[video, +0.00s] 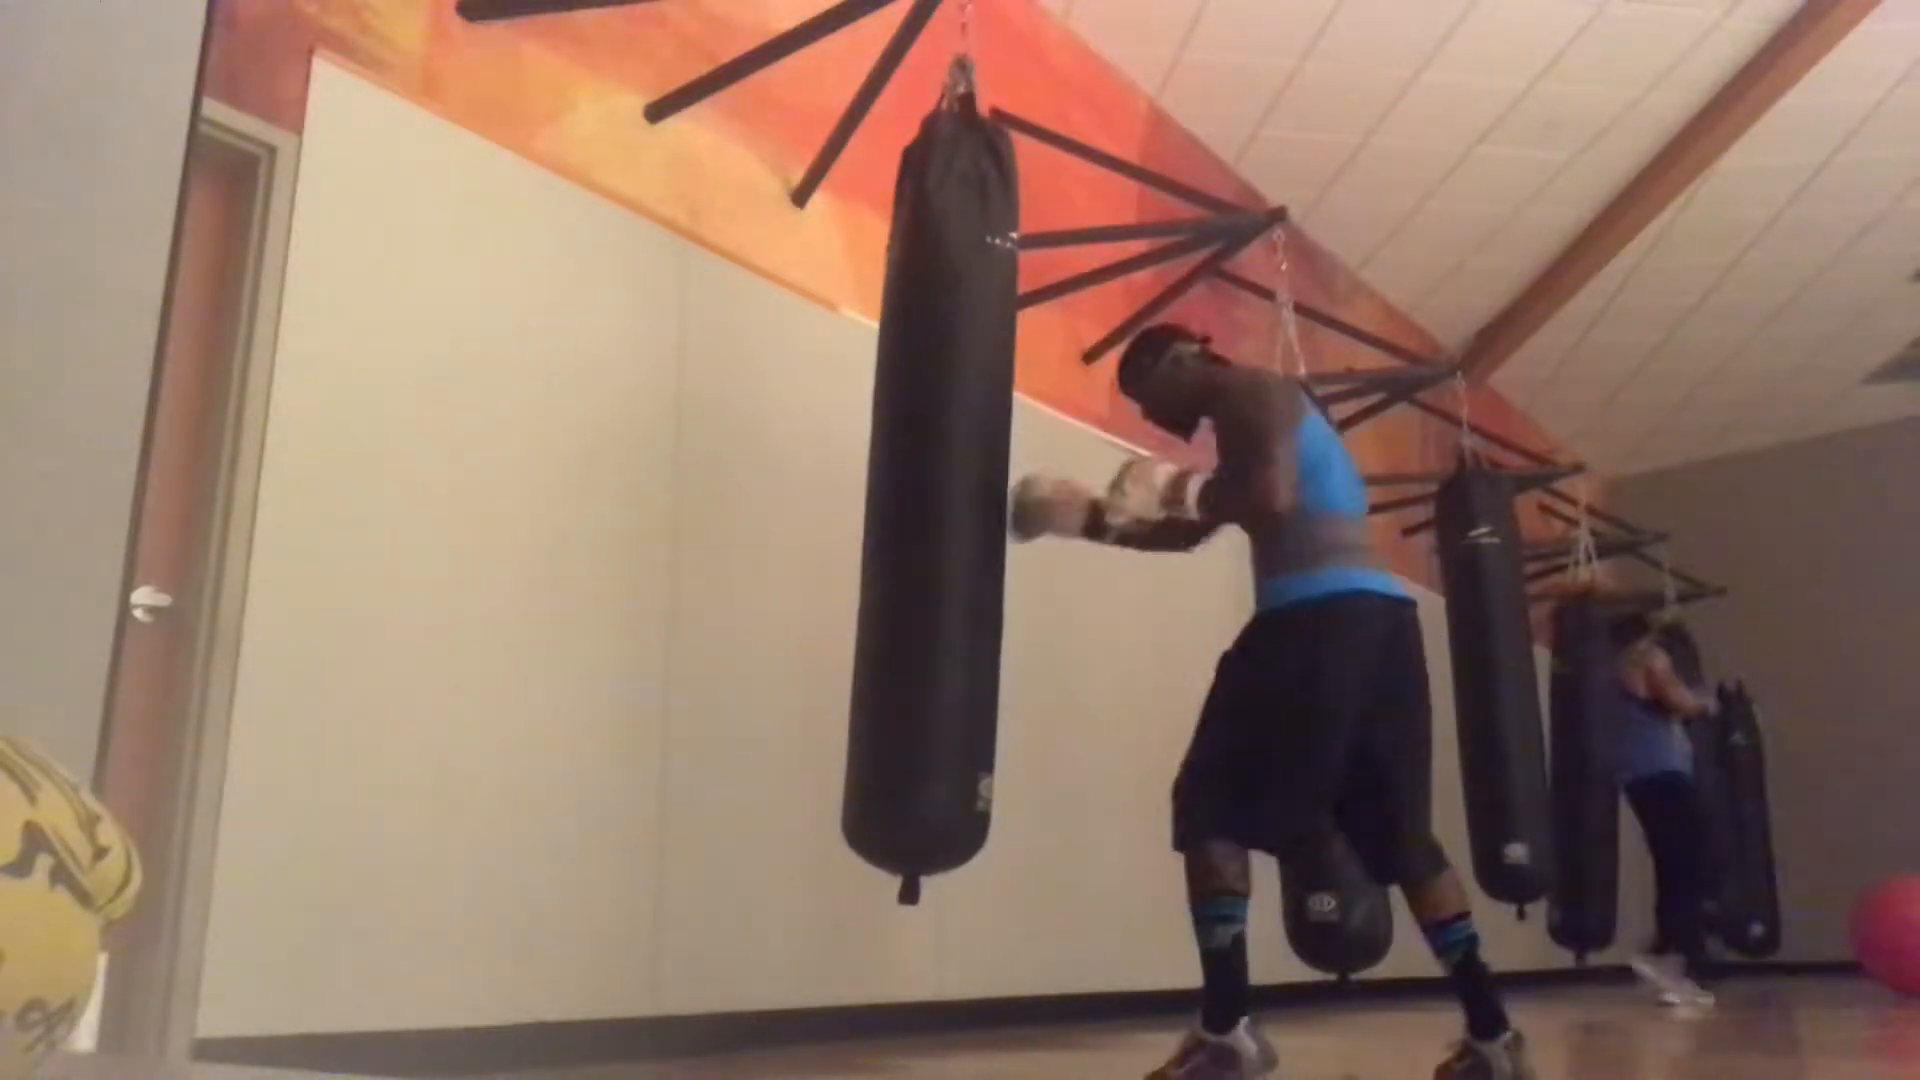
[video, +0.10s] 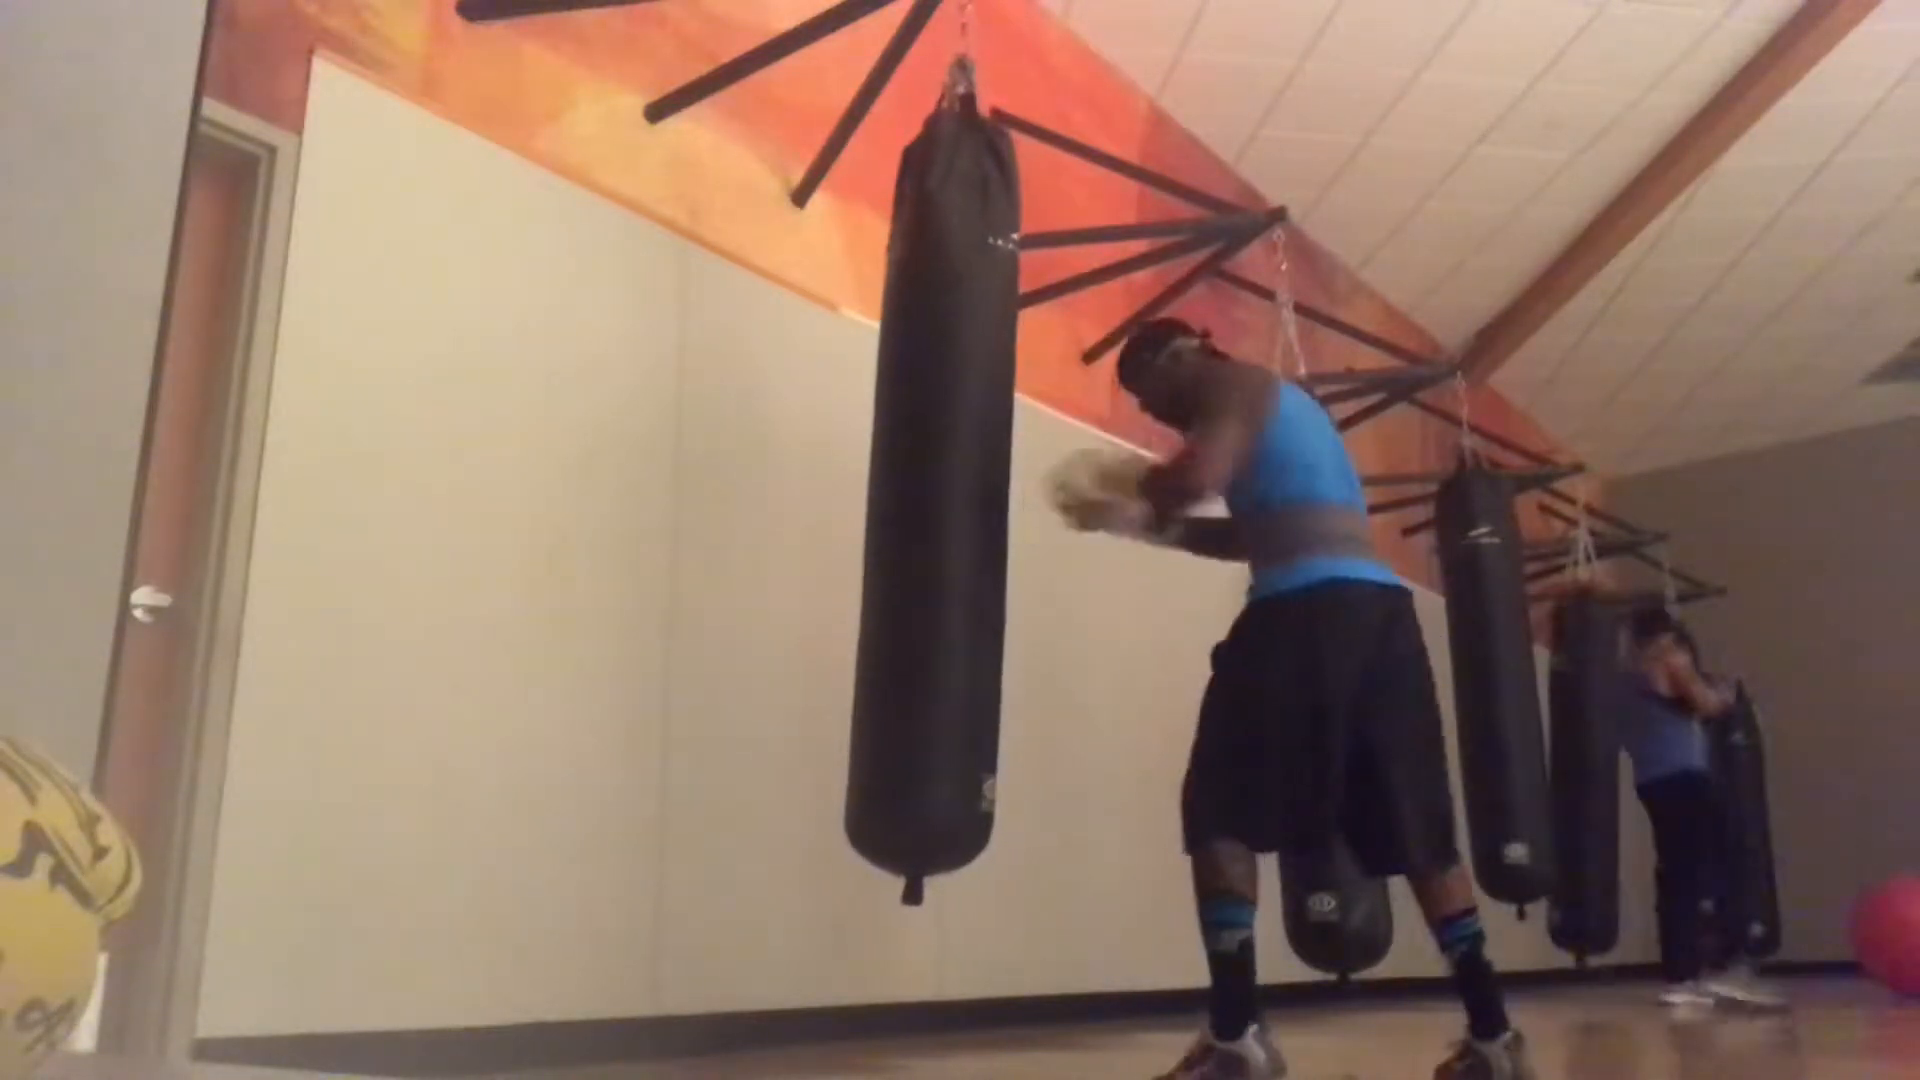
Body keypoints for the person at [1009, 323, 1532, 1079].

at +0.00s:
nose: (1156, 417)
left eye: (1150, 397)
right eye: (1145, 406)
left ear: (1182, 357)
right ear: (1195, 352)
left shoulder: (1246, 387)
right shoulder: (1265, 417)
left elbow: (1270, 494)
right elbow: (1185, 533)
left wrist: (1189, 497)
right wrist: (1088, 517)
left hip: (1304, 631)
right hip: (1385, 628)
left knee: (1208, 807)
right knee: (1402, 834)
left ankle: (1225, 1027)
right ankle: (1491, 1032)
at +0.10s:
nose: (1158, 412)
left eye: (1152, 393)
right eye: (1149, 402)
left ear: (1178, 354)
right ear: (1201, 346)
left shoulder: (1234, 381)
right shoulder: (1291, 406)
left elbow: (1198, 475)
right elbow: (1260, 538)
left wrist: (1136, 480)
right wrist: (1149, 522)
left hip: (1293, 624)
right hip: (1382, 620)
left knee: (1218, 817)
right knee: (1421, 831)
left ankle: (1235, 1034)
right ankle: (1494, 1032)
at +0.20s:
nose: (1148, 406)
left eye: (1145, 389)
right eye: (1139, 396)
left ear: (1172, 354)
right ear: (1193, 344)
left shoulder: (1217, 380)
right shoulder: (1298, 405)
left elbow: (1122, 468)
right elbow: (1294, 528)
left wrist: (1046, 477)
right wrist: (1195, 522)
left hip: (1279, 632)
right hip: (1371, 626)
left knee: (1226, 828)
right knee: (1414, 830)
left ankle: (1241, 1043)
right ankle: (1491, 1030)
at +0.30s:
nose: (1140, 402)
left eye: (1135, 383)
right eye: (1131, 391)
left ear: (1166, 346)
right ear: (1186, 341)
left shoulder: (1217, 374)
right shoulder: (1287, 403)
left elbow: (1144, 473)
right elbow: (1277, 533)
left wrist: (1065, 474)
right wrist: (1176, 528)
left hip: (1278, 624)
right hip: (1362, 619)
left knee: (1234, 834)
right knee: (1400, 828)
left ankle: (1244, 1049)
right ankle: (1493, 1020)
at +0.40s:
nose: (1148, 405)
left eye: (1142, 384)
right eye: (1136, 393)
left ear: (1171, 342)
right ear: (1180, 338)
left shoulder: (1240, 371)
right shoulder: (1268, 405)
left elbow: (1224, 476)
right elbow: (1224, 544)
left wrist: (1129, 478)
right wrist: (1130, 534)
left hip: (1288, 619)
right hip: (1357, 614)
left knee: (1249, 827)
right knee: (1390, 816)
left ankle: (1246, 1045)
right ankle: (1502, 1020)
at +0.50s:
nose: (1155, 410)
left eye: (1149, 388)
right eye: (1145, 399)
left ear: (1180, 351)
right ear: (1186, 356)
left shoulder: (1255, 380)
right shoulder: (1234, 434)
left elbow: (1312, 472)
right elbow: (1190, 545)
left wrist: (1224, 507)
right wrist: (1100, 530)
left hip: (1292, 630)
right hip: (1362, 628)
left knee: (1222, 827)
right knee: (1395, 832)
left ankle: (1245, 1047)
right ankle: (1508, 1028)